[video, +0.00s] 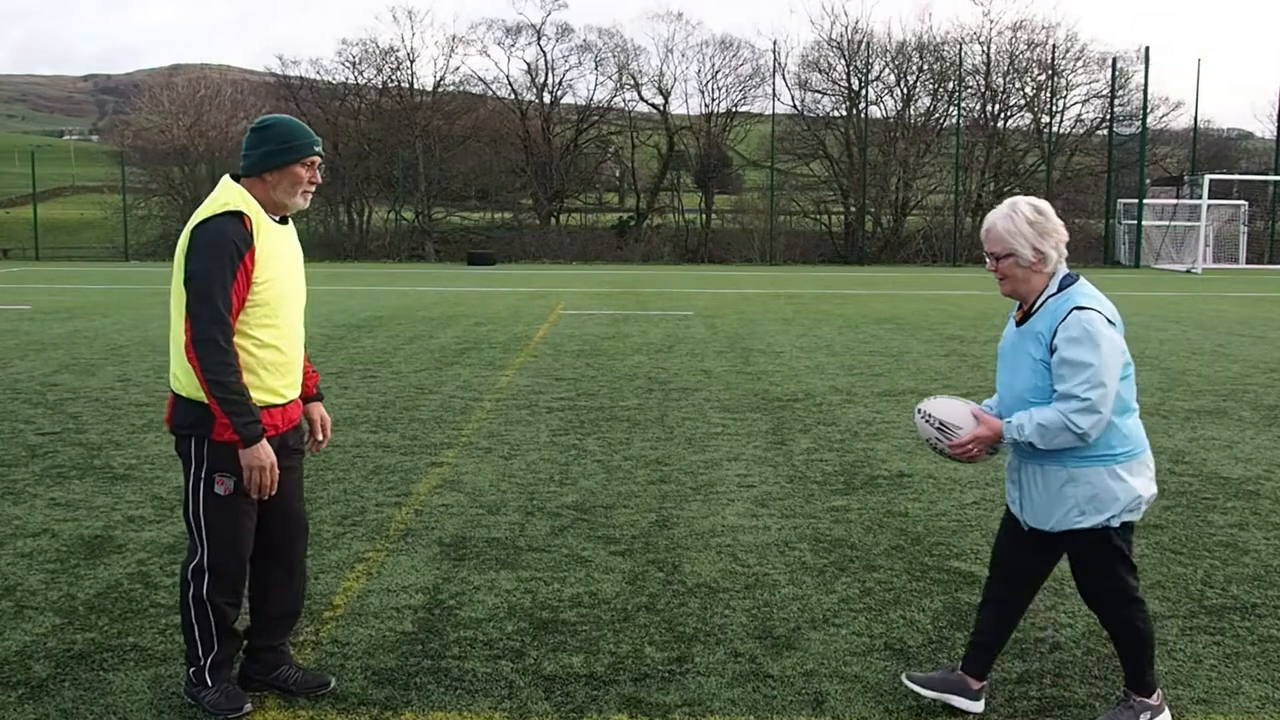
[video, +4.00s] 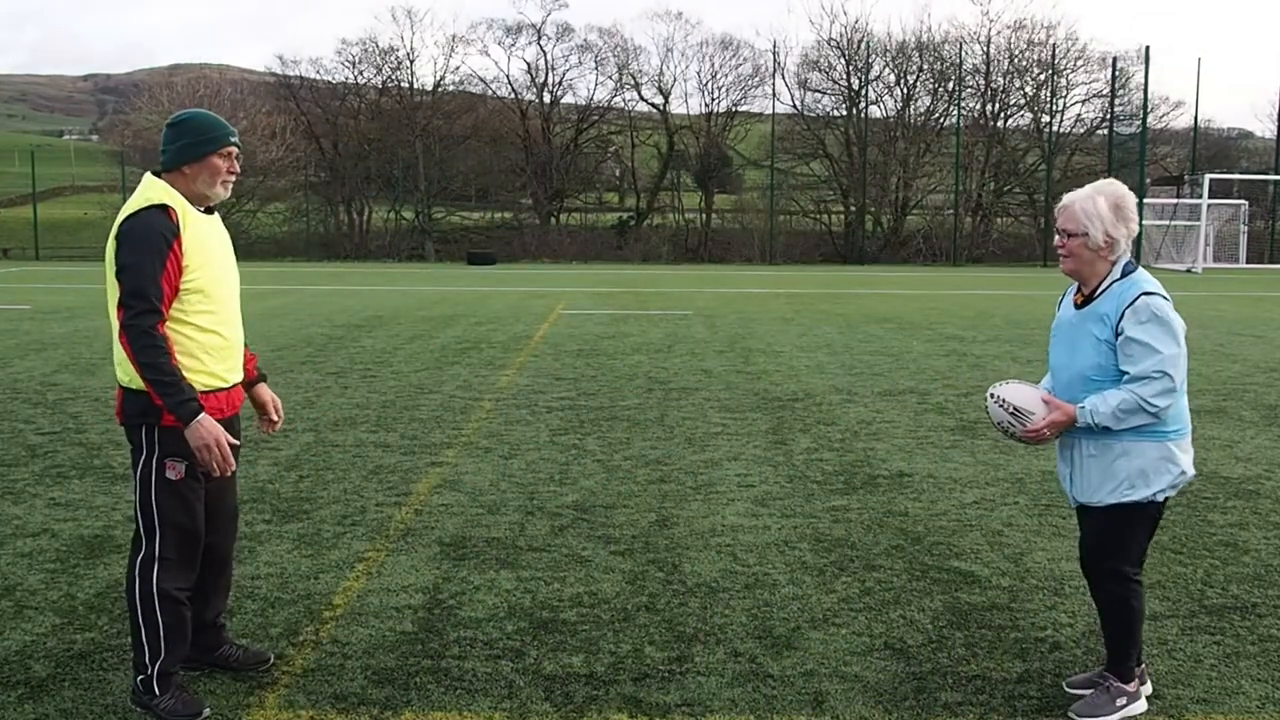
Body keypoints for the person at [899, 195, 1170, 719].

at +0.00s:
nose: (992, 268)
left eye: (999, 257)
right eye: (989, 258)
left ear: (1038, 255)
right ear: (1034, 257)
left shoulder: (1081, 320)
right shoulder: (1026, 313)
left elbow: (1082, 418)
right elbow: (1020, 393)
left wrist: (1004, 430)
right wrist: (974, 422)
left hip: (1094, 483)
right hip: (1040, 478)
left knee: (1111, 593)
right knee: (1008, 580)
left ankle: (1146, 698)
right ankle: (969, 677)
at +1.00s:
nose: (718, 253)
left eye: (728, 243)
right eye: (720, 241)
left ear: (763, 251)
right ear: (761, 252)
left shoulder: (790, 315)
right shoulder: (762, 307)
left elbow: (763, 423)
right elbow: (736, 393)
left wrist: (689, 434)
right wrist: (680, 425)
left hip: (798, 480)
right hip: (760, 474)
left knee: (779, 582)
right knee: (730, 567)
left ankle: (840, 689)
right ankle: (720, 688)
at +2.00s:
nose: (760, 250)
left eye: (770, 240)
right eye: (761, 239)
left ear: (806, 251)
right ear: (800, 252)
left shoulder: (832, 319)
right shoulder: (800, 312)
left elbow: (825, 415)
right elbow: (788, 391)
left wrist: (750, 425)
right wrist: (741, 410)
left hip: (834, 485)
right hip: (795, 479)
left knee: (830, 590)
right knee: (766, 583)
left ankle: (890, 693)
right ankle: (726, 683)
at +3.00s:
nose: (987, 247)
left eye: (998, 238)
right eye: (988, 236)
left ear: (1034, 247)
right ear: (1030, 248)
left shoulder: (1064, 313)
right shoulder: (1021, 307)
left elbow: (1065, 407)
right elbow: (1008, 385)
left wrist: (991, 421)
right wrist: (966, 408)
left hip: (1073, 479)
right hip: (1030, 474)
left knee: (1080, 583)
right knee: (1010, 569)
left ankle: (1113, 688)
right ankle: (991, 674)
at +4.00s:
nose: (1058, 244)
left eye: (1070, 235)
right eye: (1058, 234)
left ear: (1107, 240)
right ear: (1064, 237)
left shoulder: (1143, 304)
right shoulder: (1074, 298)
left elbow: (1157, 392)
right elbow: (1068, 374)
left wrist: (1077, 413)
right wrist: (1037, 406)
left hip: (1138, 462)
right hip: (1096, 458)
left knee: (1113, 566)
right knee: (1099, 563)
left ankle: (1127, 681)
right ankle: (1121, 667)